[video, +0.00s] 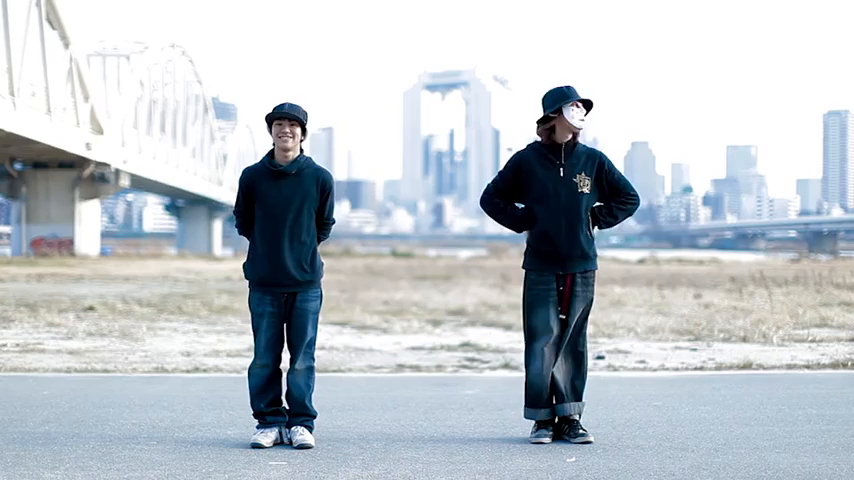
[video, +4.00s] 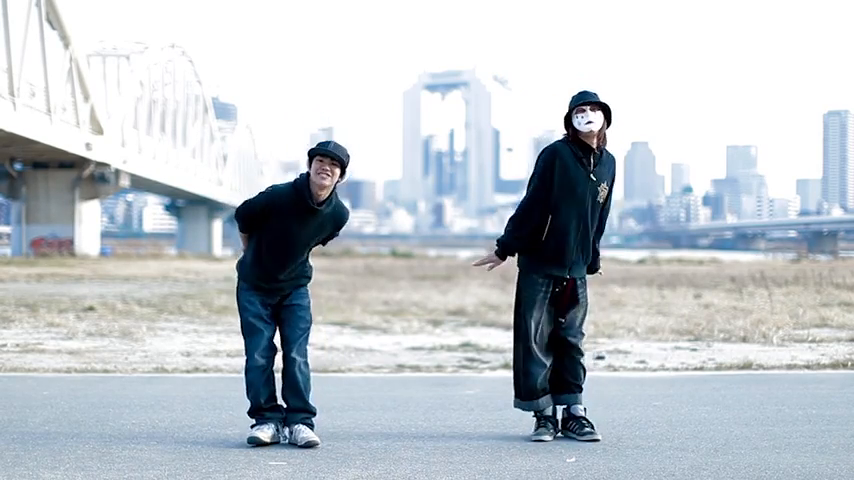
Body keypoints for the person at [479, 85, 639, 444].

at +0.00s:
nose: (582, 115)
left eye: (582, 109)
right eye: (575, 109)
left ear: (578, 116)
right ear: (555, 114)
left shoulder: (593, 159)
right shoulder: (527, 159)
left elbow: (629, 199)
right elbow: (490, 199)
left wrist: (594, 218)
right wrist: (523, 221)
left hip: (581, 262)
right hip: (542, 262)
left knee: (574, 340)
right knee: (542, 337)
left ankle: (569, 418)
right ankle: (543, 420)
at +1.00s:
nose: (560, 120)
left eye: (568, 115)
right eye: (555, 112)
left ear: (576, 122)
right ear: (544, 116)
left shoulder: (589, 158)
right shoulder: (522, 159)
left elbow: (597, 213)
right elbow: (518, 212)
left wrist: (602, 261)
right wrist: (522, 256)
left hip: (583, 259)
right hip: (540, 260)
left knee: (574, 334)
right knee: (542, 335)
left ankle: (570, 418)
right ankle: (543, 419)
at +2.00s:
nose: (585, 124)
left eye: (590, 118)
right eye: (577, 122)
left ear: (601, 125)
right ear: (568, 132)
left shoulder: (605, 173)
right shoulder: (553, 169)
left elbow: (592, 226)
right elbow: (528, 219)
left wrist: (580, 263)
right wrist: (505, 256)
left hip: (570, 271)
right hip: (532, 269)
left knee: (566, 339)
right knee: (529, 340)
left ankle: (571, 416)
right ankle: (540, 418)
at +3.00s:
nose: (532, 122)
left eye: (540, 119)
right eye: (527, 117)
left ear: (550, 130)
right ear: (517, 124)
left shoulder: (561, 161)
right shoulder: (512, 171)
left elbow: (590, 206)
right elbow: (526, 222)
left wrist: (625, 249)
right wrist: (538, 264)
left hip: (589, 264)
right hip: (554, 266)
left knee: (587, 337)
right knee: (557, 338)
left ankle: (587, 416)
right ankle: (556, 416)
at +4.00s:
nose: (588, 117)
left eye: (594, 111)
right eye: (580, 113)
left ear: (605, 119)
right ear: (571, 121)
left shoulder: (607, 162)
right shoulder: (555, 154)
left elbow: (599, 215)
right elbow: (532, 203)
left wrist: (592, 255)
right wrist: (504, 248)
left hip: (576, 264)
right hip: (540, 262)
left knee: (571, 337)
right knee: (535, 337)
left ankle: (572, 413)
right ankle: (543, 415)